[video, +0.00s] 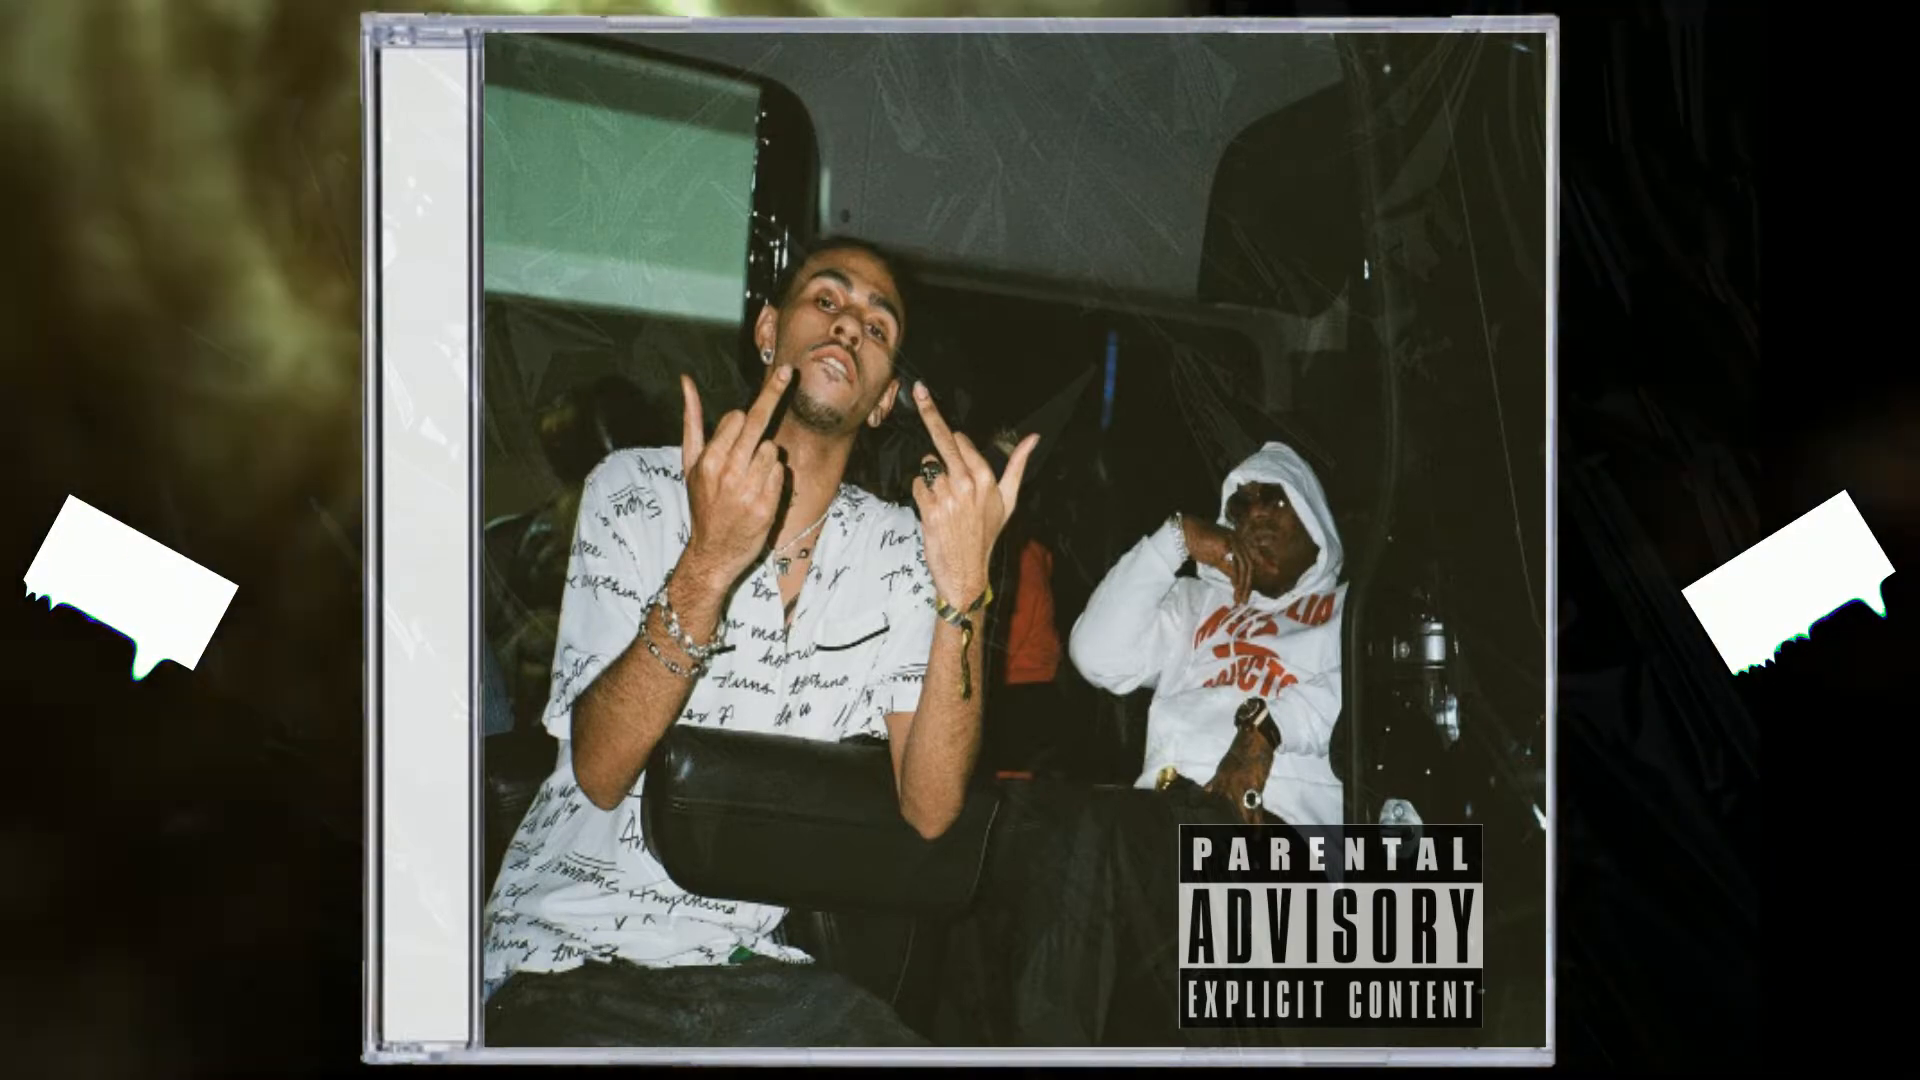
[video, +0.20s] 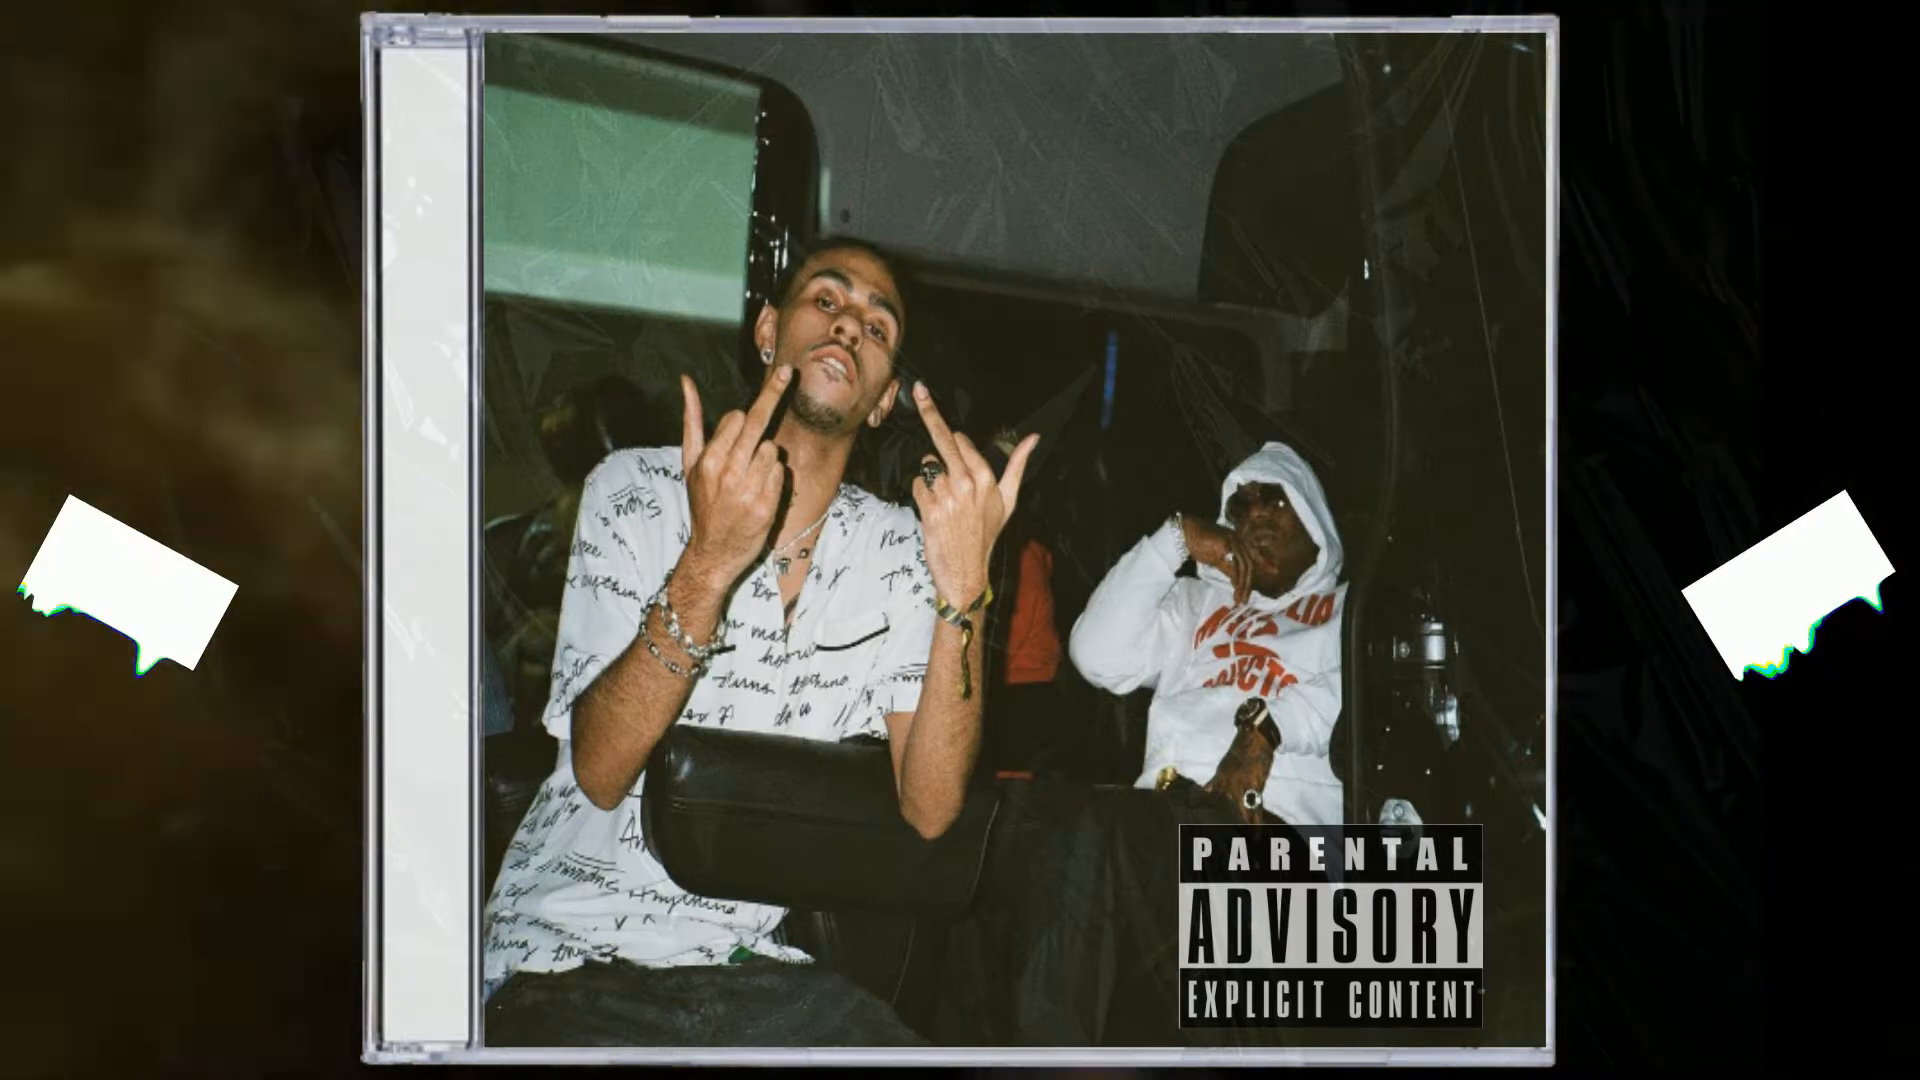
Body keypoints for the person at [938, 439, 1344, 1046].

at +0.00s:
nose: (1259, 517)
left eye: (1280, 501)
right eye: (1246, 502)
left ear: (1319, 522)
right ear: (1227, 523)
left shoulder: (1351, 606)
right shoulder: (1197, 601)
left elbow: (1357, 700)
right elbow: (1099, 658)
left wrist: (1269, 725)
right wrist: (1176, 539)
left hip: (1284, 818)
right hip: (1164, 807)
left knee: (1095, 827)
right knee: (1025, 811)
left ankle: (1051, 1051)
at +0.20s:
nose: (1261, 516)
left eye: (1280, 500)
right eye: (1247, 501)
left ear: (1318, 521)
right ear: (1228, 522)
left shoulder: (1351, 608)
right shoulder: (1196, 601)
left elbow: (1357, 704)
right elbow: (1099, 658)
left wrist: (1266, 723)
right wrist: (1177, 539)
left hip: (1286, 817)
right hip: (1165, 807)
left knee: (1097, 825)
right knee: (1025, 812)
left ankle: (1052, 1052)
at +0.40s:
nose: (1259, 517)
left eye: (1280, 501)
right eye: (1246, 502)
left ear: (1319, 521)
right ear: (1227, 523)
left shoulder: (1352, 606)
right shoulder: (1197, 601)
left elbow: (1355, 702)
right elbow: (1099, 658)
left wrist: (1270, 725)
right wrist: (1176, 539)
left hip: (1287, 817)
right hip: (1166, 808)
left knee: (1096, 826)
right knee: (1025, 812)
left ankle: (1051, 1053)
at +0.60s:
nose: (1260, 516)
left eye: (1280, 500)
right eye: (1246, 502)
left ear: (1319, 521)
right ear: (1227, 522)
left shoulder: (1351, 607)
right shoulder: (1196, 601)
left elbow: (1351, 706)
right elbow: (1100, 658)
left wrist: (1267, 724)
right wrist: (1176, 539)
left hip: (1286, 818)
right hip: (1165, 807)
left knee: (1095, 826)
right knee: (1026, 811)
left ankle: (1052, 1053)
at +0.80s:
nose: (1261, 516)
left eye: (1280, 500)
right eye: (1247, 501)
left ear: (1318, 521)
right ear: (1227, 523)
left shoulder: (1351, 608)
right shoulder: (1196, 601)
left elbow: (1355, 704)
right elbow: (1100, 658)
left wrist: (1266, 723)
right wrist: (1177, 539)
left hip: (1287, 816)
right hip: (1166, 806)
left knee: (1096, 825)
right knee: (1026, 811)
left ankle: (1051, 1054)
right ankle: (969, 1049)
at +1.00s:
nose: (1260, 516)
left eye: (1280, 501)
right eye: (1246, 502)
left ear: (1319, 522)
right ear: (1227, 523)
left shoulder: (1351, 607)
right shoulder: (1196, 601)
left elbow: (1354, 705)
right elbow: (1100, 658)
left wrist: (1267, 724)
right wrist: (1176, 540)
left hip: (1287, 816)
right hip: (1166, 806)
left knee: (1096, 826)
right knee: (1025, 812)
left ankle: (1052, 1054)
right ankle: (969, 1050)